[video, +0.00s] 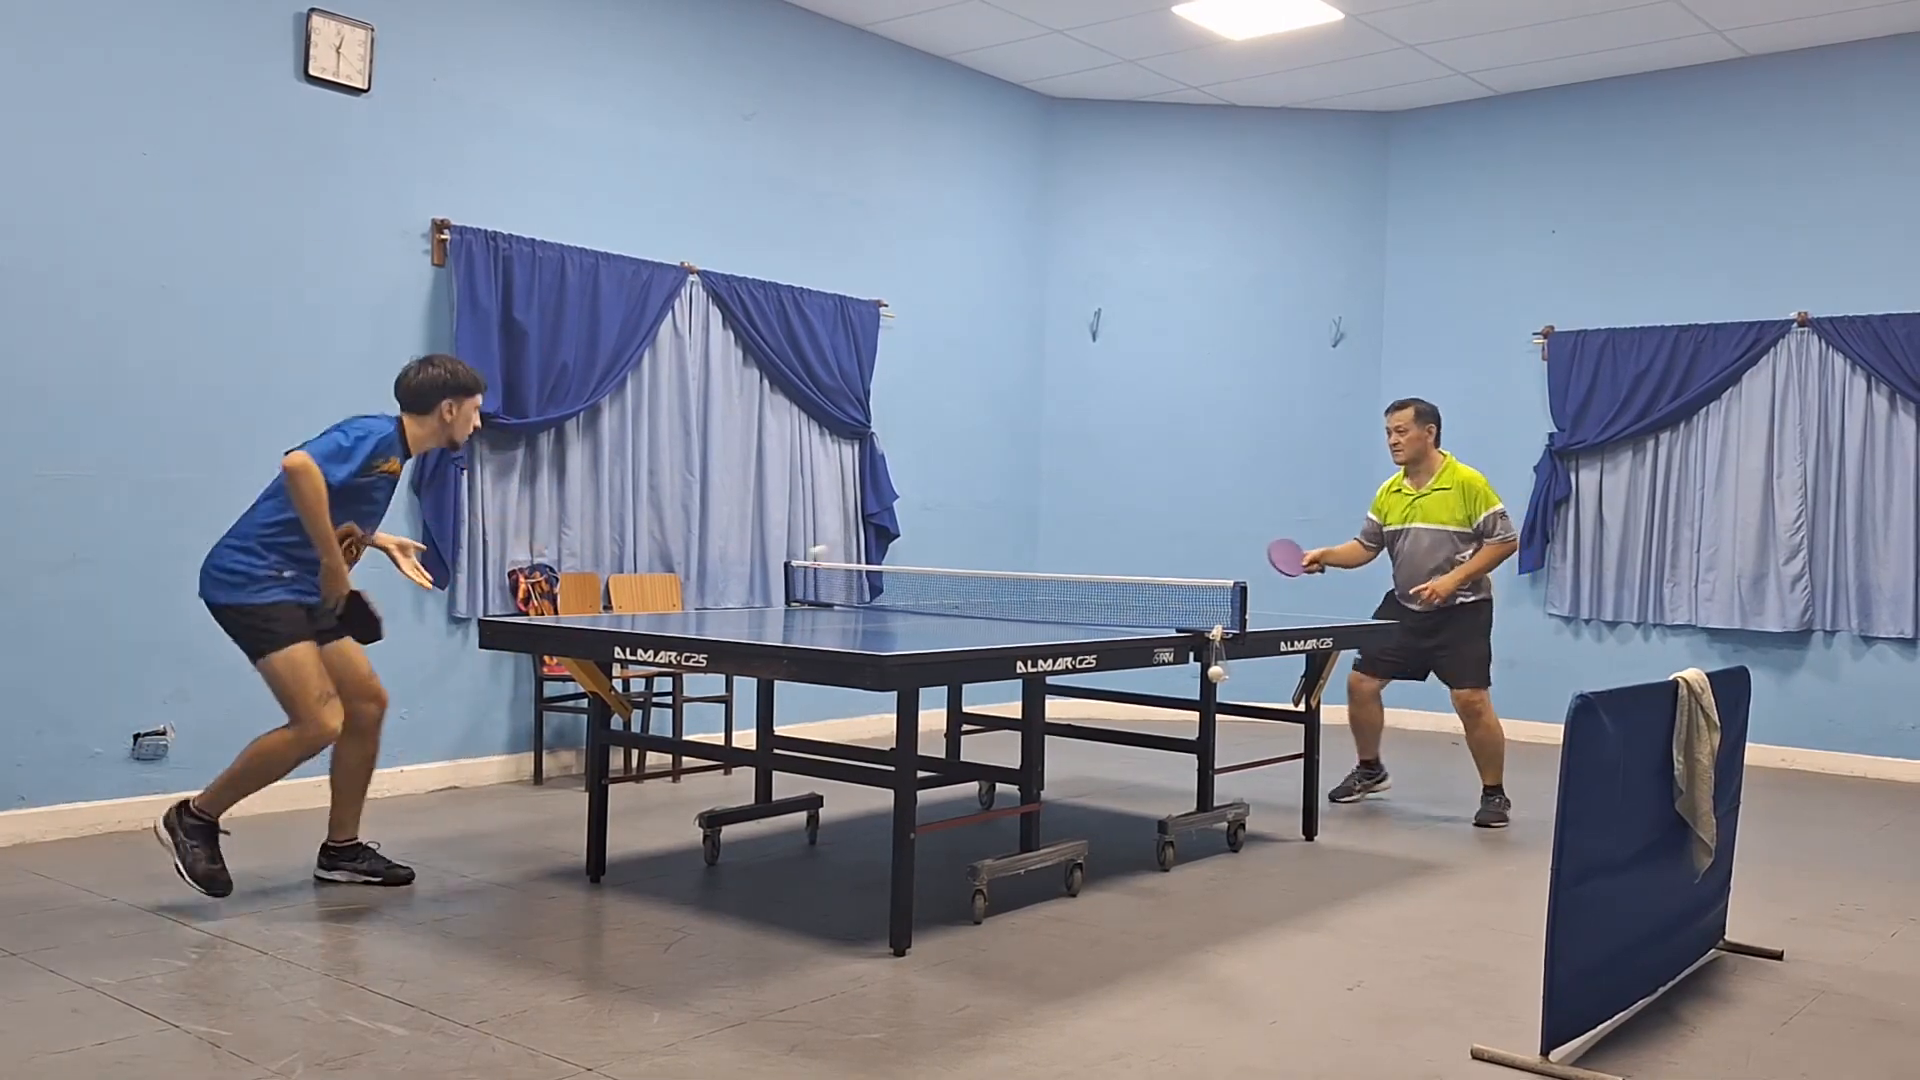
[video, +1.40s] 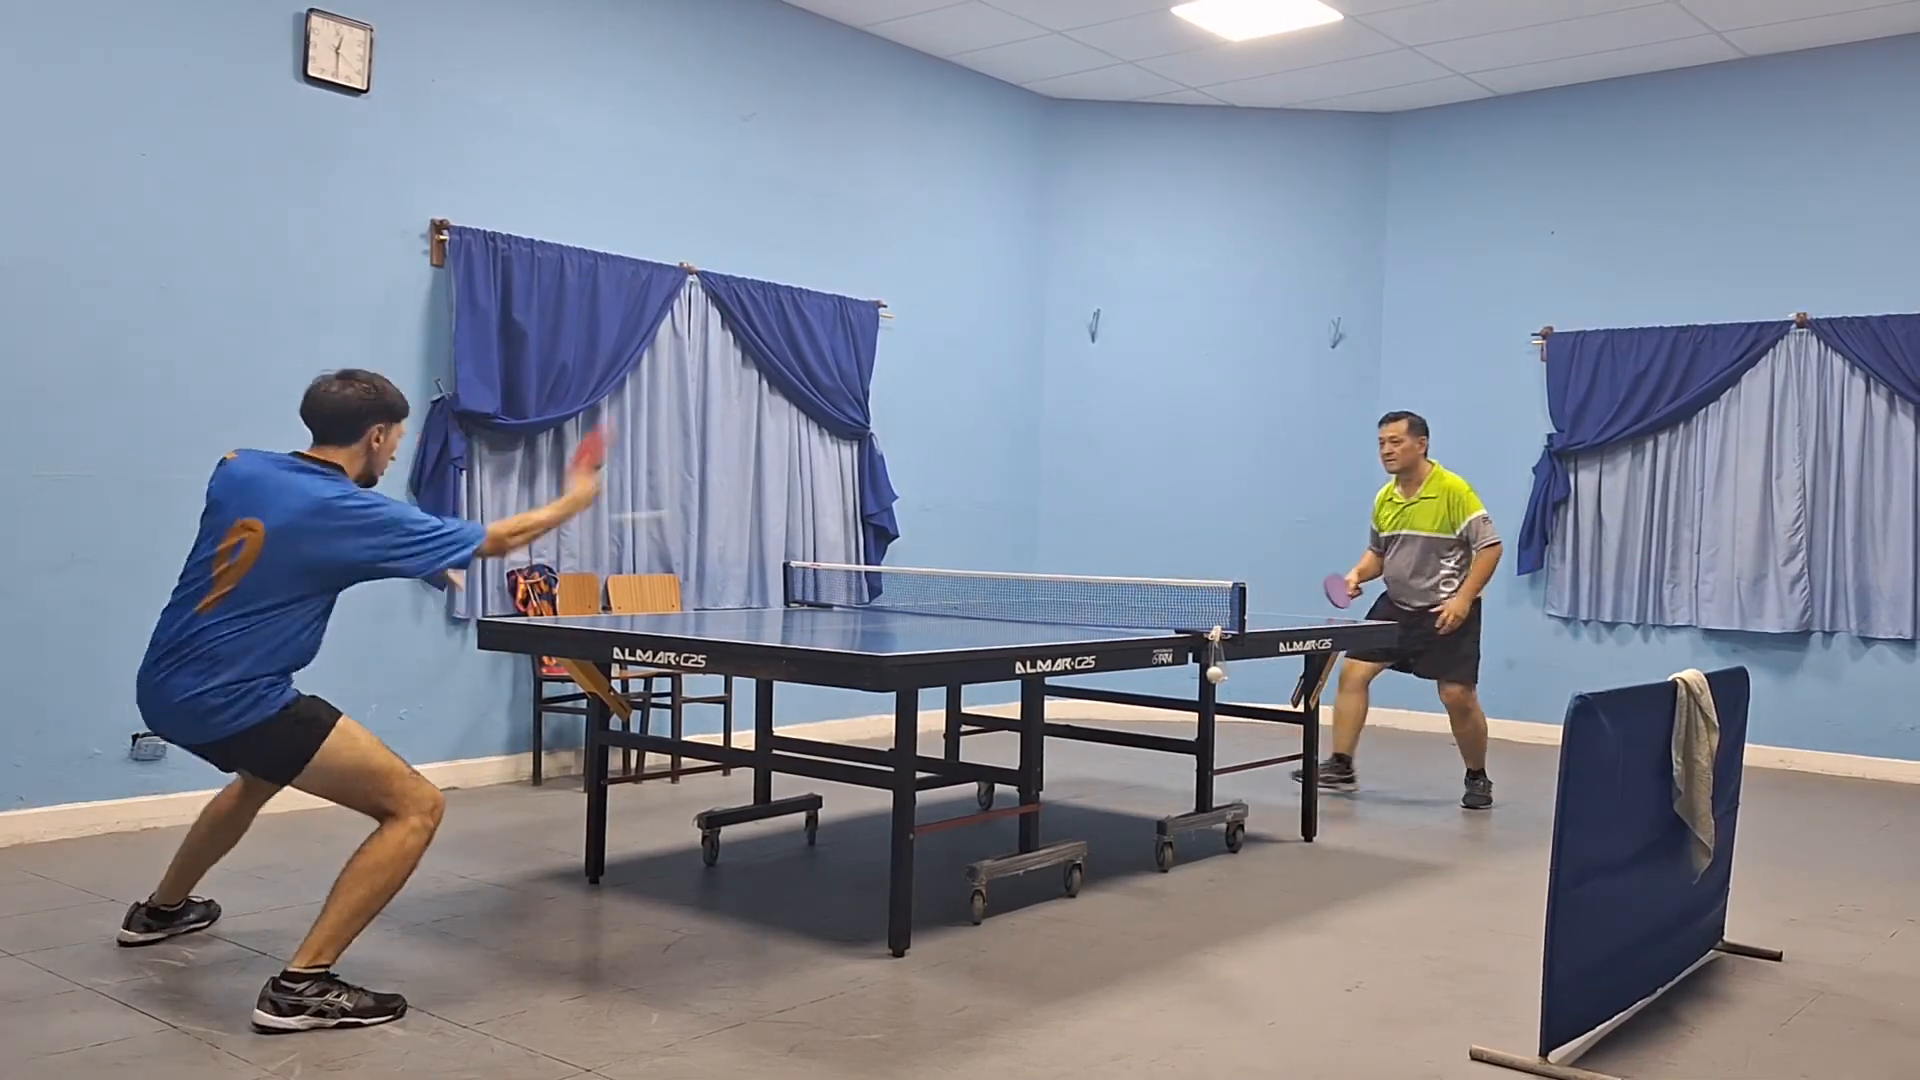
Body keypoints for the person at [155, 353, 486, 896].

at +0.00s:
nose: (479, 421)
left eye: (480, 410)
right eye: (476, 409)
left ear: (439, 408)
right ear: (447, 409)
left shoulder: (393, 453)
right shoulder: (375, 434)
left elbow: (326, 506)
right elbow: (299, 467)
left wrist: (382, 539)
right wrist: (332, 564)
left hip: (298, 584)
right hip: (250, 580)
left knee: (367, 704)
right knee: (319, 722)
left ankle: (342, 848)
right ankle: (196, 816)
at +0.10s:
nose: (474, 408)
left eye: (475, 396)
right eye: (471, 396)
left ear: (434, 395)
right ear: (443, 396)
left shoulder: (389, 441)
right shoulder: (381, 427)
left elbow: (317, 499)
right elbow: (314, 465)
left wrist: (377, 530)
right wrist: (355, 559)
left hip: (275, 566)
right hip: (249, 564)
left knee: (343, 697)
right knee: (326, 714)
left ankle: (312, 843)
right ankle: (214, 862)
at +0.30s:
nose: (450, 433)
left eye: (449, 422)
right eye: (445, 422)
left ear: (390, 428)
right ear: (420, 427)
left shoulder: (339, 468)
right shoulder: (375, 477)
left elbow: (300, 555)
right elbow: (343, 546)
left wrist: (376, 560)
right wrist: (437, 593)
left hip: (224, 623)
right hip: (258, 630)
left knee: (311, 748)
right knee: (360, 772)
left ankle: (236, 857)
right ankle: (273, 943)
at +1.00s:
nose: (439, 469)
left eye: (443, 455)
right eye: (439, 454)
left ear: (377, 443)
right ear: (412, 449)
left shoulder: (307, 472)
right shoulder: (362, 502)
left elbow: (375, 557)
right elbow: (424, 608)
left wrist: (465, 570)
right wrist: (502, 601)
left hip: (161, 638)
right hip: (211, 642)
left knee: (258, 746)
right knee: (380, 764)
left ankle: (178, 894)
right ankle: (327, 960)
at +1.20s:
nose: (428, 482)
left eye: (433, 468)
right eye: (430, 467)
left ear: (355, 446)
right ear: (404, 455)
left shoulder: (278, 464)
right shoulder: (371, 502)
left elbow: (337, 537)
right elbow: (476, 595)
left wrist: (433, 549)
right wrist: (470, 634)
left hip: (164, 659)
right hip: (237, 667)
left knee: (237, 760)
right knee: (406, 798)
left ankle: (177, 892)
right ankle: (302, 980)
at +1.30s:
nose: (412, 465)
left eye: (415, 453)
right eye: (414, 452)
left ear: (339, 436)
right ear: (392, 445)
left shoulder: (258, 461)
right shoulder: (372, 501)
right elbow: (505, 545)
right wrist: (471, 591)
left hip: (168, 677)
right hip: (244, 691)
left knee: (259, 754)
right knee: (422, 808)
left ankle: (170, 897)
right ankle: (303, 980)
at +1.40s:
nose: (396, 446)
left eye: (397, 433)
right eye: (396, 433)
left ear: (318, 432)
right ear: (373, 438)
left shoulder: (237, 469)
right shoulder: (354, 514)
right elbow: (491, 539)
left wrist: (408, 551)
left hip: (165, 690)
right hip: (233, 701)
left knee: (272, 764)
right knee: (417, 807)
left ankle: (161, 907)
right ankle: (302, 981)